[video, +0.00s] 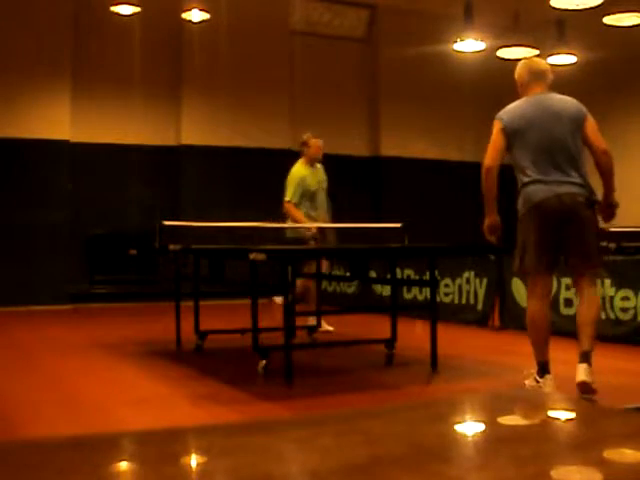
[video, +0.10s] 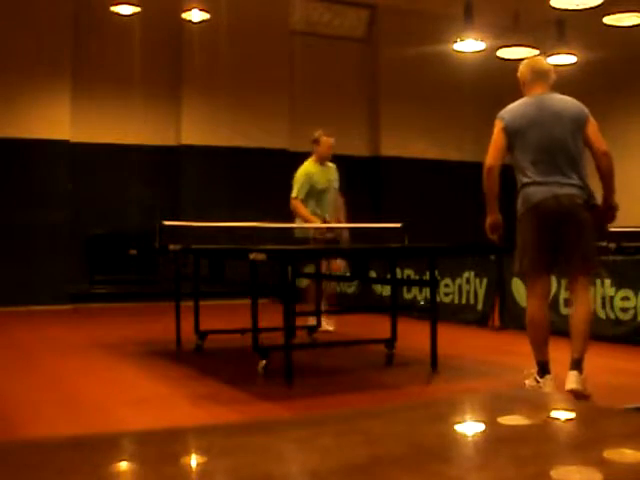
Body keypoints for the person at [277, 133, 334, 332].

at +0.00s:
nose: (320, 152)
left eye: (320, 148)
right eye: (316, 148)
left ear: (319, 150)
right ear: (306, 149)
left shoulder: (319, 168)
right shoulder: (297, 172)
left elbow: (320, 198)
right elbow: (288, 204)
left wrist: (325, 221)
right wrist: (307, 224)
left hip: (319, 227)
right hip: (301, 229)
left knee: (314, 271)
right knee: (311, 271)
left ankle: (286, 297)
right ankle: (313, 315)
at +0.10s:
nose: (330, 151)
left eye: (331, 147)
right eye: (327, 147)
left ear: (331, 149)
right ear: (316, 147)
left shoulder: (332, 169)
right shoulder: (305, 171)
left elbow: (335, 196)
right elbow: (294, 201)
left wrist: (341, 220)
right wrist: (314, 221)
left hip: (328, 229)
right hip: (308, 230)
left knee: (327, 271)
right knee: (311, 273)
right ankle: (312, 314)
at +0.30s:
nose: (358, 157)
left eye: (359, 153)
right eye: (355, 152)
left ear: (359, 154)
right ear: (343, 151)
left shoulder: (360, 175)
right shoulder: (328, 172)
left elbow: (369, 204)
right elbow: (312, 201)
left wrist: (375, 229)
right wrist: (325, 223)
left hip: (351, 232)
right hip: (328, 232)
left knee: (364, 270)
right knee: (323, 274)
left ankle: (376, 312)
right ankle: (316, 316)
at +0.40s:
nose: (375, 166)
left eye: (377, 163)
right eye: (373, 161)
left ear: (378, 163)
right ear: (362, 158)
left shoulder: (377, 183)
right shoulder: (343, 177)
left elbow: (386, 211)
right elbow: (325, 203)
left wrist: (392, 233)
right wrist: (330, 226)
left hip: (363, 240)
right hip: (339, 238)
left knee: (377, 274)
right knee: (331, 279)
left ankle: (395, 315)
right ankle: (320, 317)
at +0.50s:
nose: (396, 180)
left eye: (398, 176)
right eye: (394, 175)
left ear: (398, 176)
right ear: (383, 169)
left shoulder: (396, 194)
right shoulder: (362, 185)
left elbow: (406, 226)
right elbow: (338, 211)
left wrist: (409, 253)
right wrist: (340, 239)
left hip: (376, 247)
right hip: (351, 246)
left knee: (397, 279)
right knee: (340, 282)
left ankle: (403, 322)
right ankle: (318, 318)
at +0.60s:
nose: (419, 191)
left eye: (421, 187)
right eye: (417, 186)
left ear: (421, 188)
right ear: (407, 182)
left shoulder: (414, 208)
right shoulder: (382, 192)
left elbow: (419, 238)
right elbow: (349, 214)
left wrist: (422, 259)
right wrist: (346, 235)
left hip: (386, 246)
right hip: (360, 243)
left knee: (404, 276)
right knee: (350, 286)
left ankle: (405, 322)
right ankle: (322, 313)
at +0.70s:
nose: (431, 213)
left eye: (434, 210)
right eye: (431, 208)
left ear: (435, 209)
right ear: (425, 201)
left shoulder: (427, 222)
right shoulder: (397, 200)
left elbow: (431, 255)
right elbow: (358, 212)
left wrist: (439, 287)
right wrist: (347, 234)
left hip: (393, 247)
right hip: (365, 241)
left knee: (409, 275)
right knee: (353, 282)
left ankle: (406, 322)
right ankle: (325, 311)